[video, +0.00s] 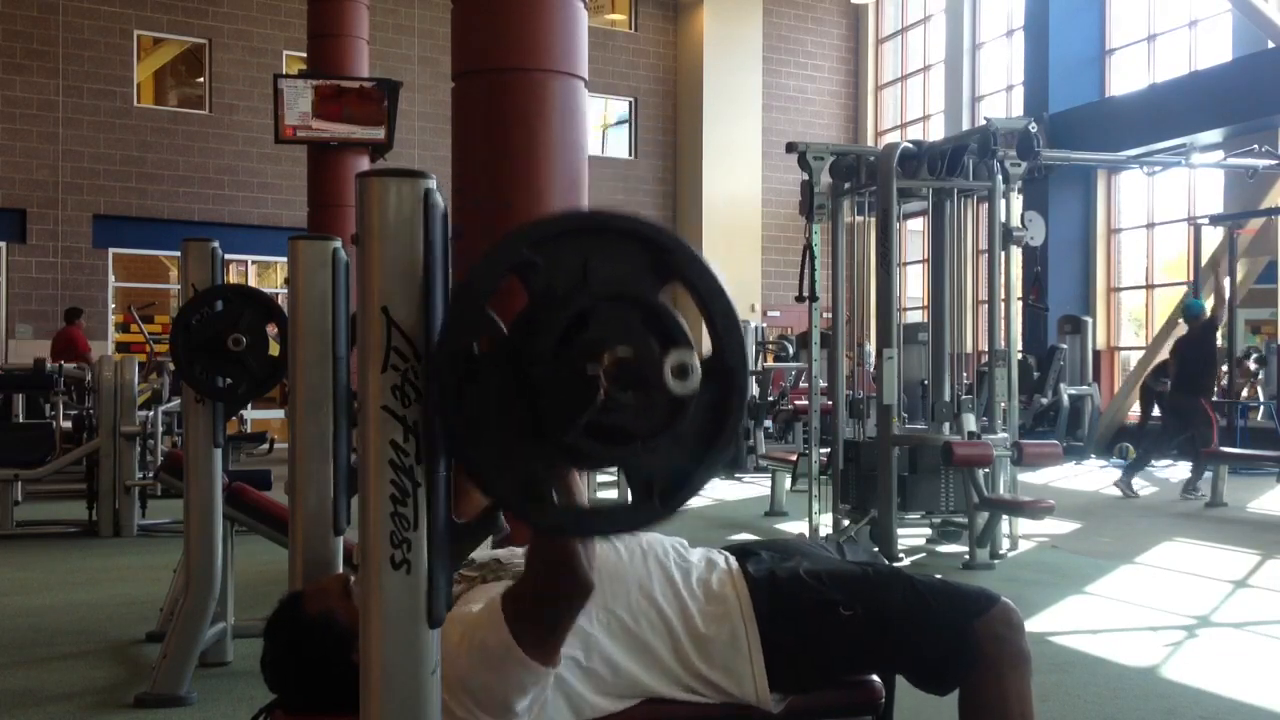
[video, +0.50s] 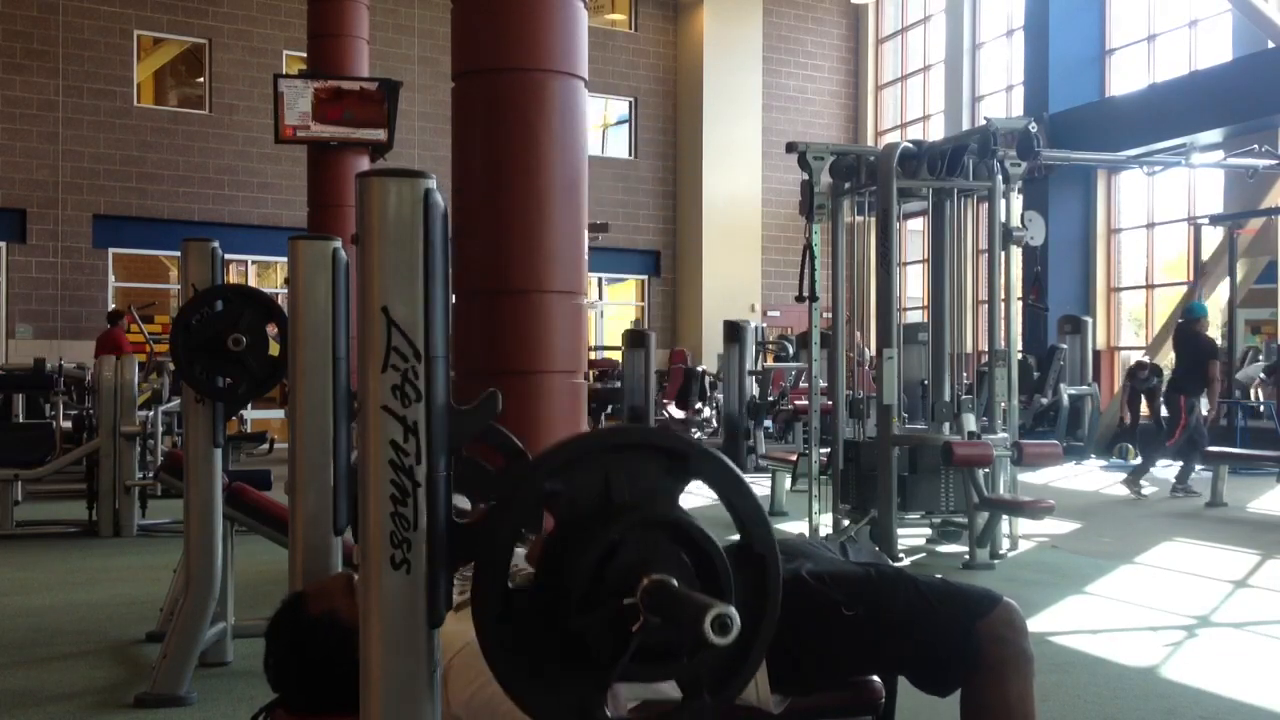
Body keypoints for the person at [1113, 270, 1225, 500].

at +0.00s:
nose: (1205, 315)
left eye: (1197, 314)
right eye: (1203, 313)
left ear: (1185, 319)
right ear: (1203, 315)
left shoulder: (1179, 344)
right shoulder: (1208, 331)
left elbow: (1172, 373)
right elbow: (1221, 301)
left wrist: (1177, 389)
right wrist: (1218, 272)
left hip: (1176, 398)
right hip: (1197, 400)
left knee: (1163, 440)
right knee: (1207, 445)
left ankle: (1126, 477)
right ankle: (1191, 486)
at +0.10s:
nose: (1204, 315)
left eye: (1197, 313)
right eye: (1203, 312)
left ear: (1185, 316)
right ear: (1203, 312)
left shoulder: (1181, 338)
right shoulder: (1208, 328)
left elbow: (1172, 364)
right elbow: (1226, 306)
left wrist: (1149, 374)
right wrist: (1231, 278)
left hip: (1172, 393)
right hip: (1193, 394)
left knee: (1166, 435)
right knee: (1206, 432)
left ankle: (1129, 474)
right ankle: (1192, 484)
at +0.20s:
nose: (1206, 302)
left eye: (1205, 300)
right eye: (1204, 299)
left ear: (1185, 302)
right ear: (1201, 300)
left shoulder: (1178, 323)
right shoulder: (1206, 316)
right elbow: (1237, 306)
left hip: (1171, 379)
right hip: (1187, 381)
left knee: (1168, 427)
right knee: (1188, 430)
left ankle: (1148, 469)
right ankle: (1188, 479)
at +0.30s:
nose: (1204, 300)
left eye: (1202, 297)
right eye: (1203, 297)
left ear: (1184, 298)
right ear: (1199, 297)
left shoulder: (1178, 316)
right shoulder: (1208, 314)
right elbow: (1235, 326)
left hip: (1169, 372)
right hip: (1186, 376)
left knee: (1173, 422)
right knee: (1183, 421)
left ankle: (1172, 472)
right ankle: (1161, 470)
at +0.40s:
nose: (1206, 310)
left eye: (1205, 307)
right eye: (1204, 307)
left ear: (1185, 307)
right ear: (1199, 308)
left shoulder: (1178, 324)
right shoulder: (1207, 330)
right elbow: (1226, 357)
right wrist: (1237, 372)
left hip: (1172, 380)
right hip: (1186, 385)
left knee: (1187, 433)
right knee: (1173, 431)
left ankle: (1179, 480)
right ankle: (1143, 472)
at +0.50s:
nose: (1208, 324)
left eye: (1207, 320)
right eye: (1206, 320)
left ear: (1187, 320)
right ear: (1201, 321)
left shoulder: (1179, 334)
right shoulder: (1208, 344)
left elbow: (1186, 310)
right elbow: (1213, 378)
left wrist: (1195, 286)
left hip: (1178, 394)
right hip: (1184, 397)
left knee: (1200, 440)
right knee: (1172, 440)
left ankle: (1181, 483)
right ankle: (1134, 478)